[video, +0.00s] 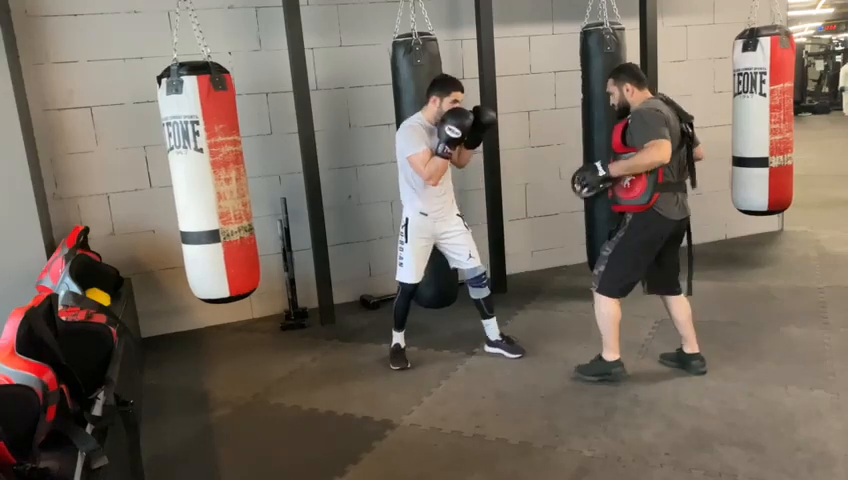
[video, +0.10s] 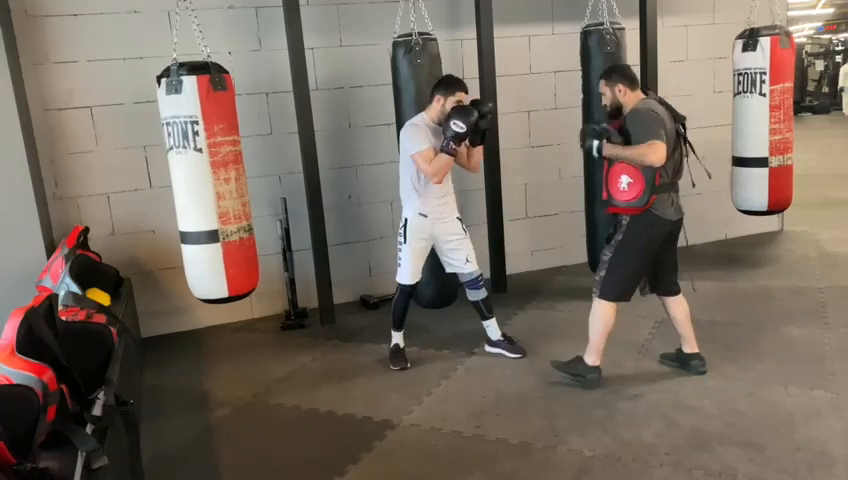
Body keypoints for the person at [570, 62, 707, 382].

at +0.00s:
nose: (613, 101)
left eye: (613, 94)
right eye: (610, 95)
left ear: (629, 88)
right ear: (640, 87)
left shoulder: (645, 113)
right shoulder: (669, 109)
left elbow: (659, 153)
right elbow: (697, 152)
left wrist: (609, 169)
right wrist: (658, 163)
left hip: (649, 217)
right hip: (674, 217)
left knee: (606, 286)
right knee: (668, 285)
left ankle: (610, 359)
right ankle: (691, 353)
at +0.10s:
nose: (605, 102)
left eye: (605, 95)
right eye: (603, 96)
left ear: (621, 89)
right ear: (631, 87)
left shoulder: (641, 113)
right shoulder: (656, 108)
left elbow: (655, 155)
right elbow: (661, 155)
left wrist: (610, 149)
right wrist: (619, 142)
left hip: (646, 218)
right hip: (667, 216)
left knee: (607, 287)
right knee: (667, 285)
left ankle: (590, 363)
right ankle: (691, 353)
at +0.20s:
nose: (594, 106)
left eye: (594, 99)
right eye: (592, 100)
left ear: (610, 93)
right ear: (617, 91)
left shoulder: (631, 117)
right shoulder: (646, 112)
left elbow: (642, 159)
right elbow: (645, 159)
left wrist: (603, 145)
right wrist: (610, 149)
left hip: (637, 222)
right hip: (658, 219)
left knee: (606, 293)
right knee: (663, 288)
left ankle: (583, 367)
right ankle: (690, 353)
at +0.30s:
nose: (578, 109)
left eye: (580, 102)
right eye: (577, 103)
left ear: (596, 97)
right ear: (603, 95)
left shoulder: (619, 121)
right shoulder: (630, 115)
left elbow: (635, 164)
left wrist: (591, 152)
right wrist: (593, 143)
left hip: (627, 226)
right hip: (646, 223)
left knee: (594, 295)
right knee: (654, 288)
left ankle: (576, 369)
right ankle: (689, 351)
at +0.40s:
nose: (565, 113)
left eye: (564, 105)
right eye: (562, 107)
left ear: (580, 99)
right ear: (588, 97)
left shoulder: (605, 122)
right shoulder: (621, 116)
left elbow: (624, 165)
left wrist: (580, 154)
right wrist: (588, 148)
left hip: (615, 225)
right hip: (637, 222)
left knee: (584, 294)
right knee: (643, 285)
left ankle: (575, 369)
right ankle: (683, 346)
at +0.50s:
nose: (551, 110)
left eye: (552, 103)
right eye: (549, 104)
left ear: (567, 98)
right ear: (575, 96)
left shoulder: (594, 121)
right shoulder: (602, 114)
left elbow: (614, 163)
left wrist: (571, 155)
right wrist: (576, 149)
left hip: (611, 221)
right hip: (630, 217)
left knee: (585, 292)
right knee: (630, 281)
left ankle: (576, 369)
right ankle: (674, 338)